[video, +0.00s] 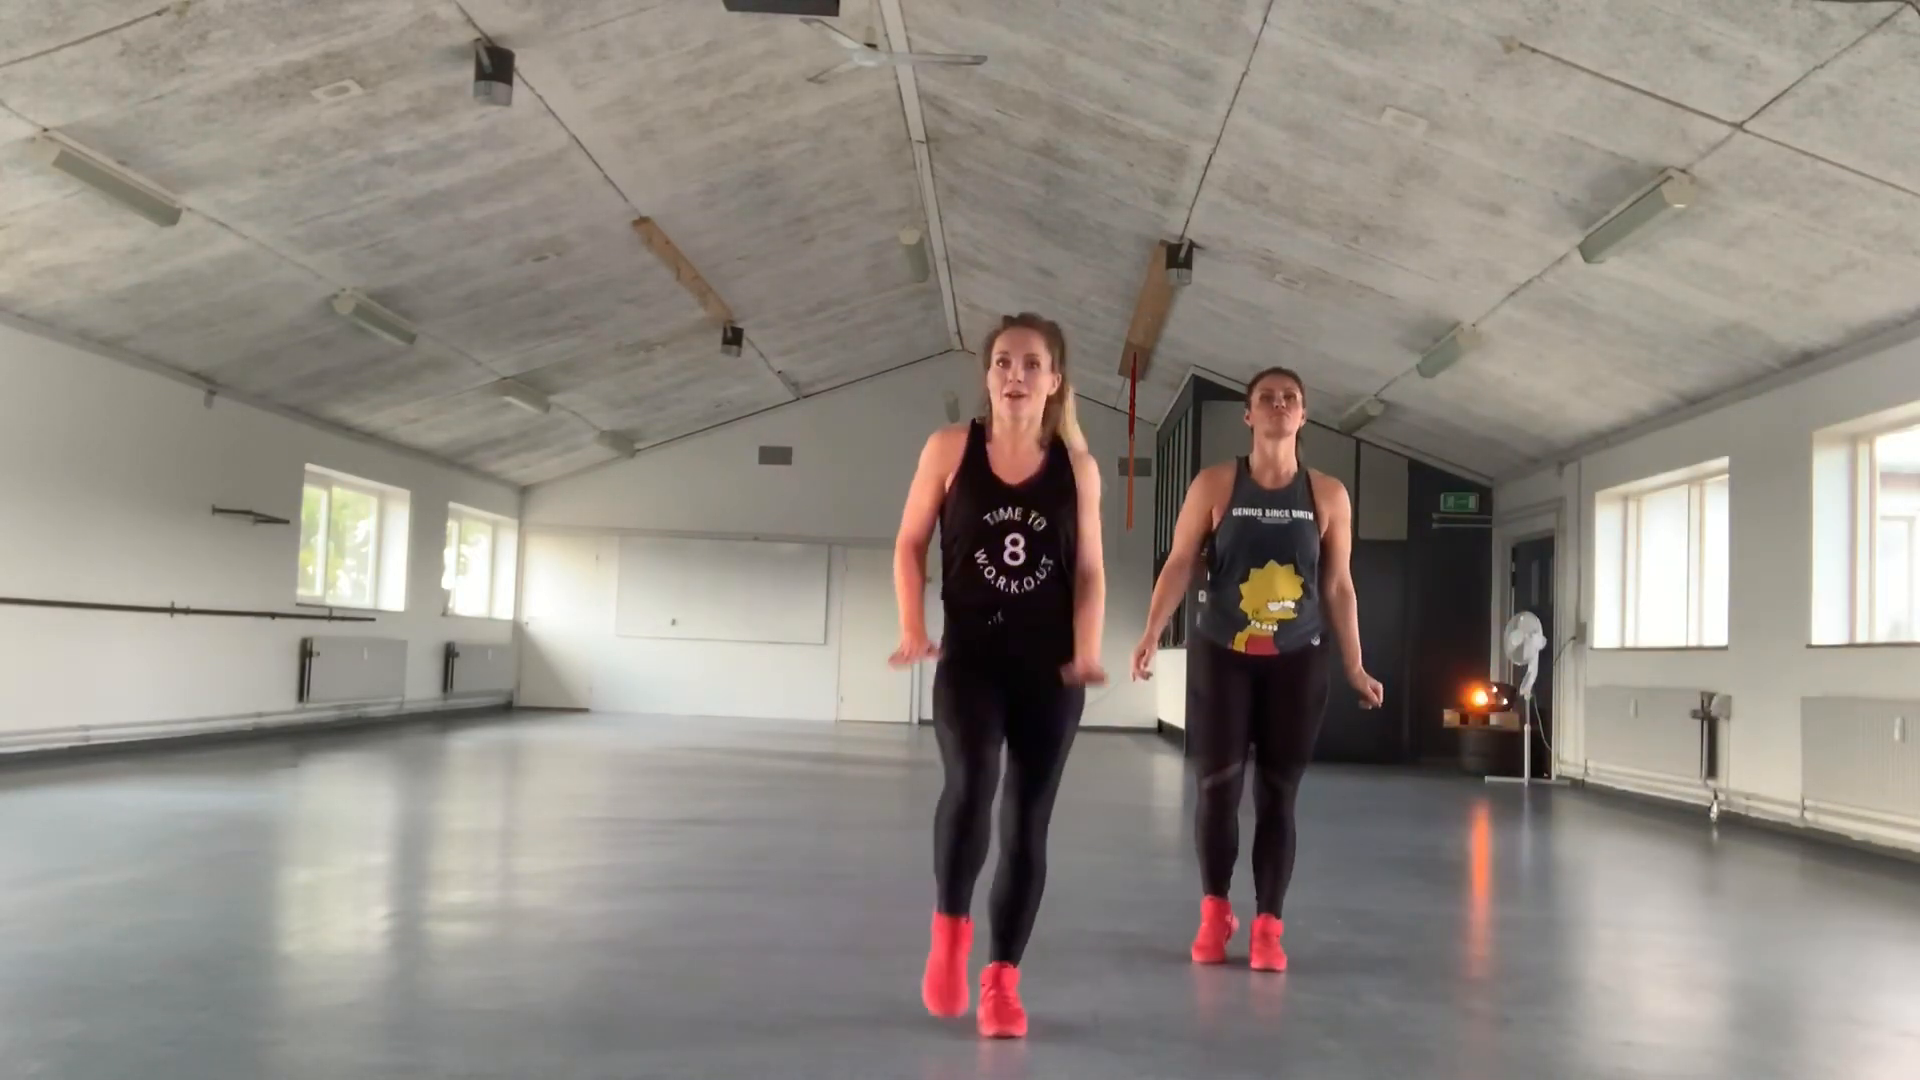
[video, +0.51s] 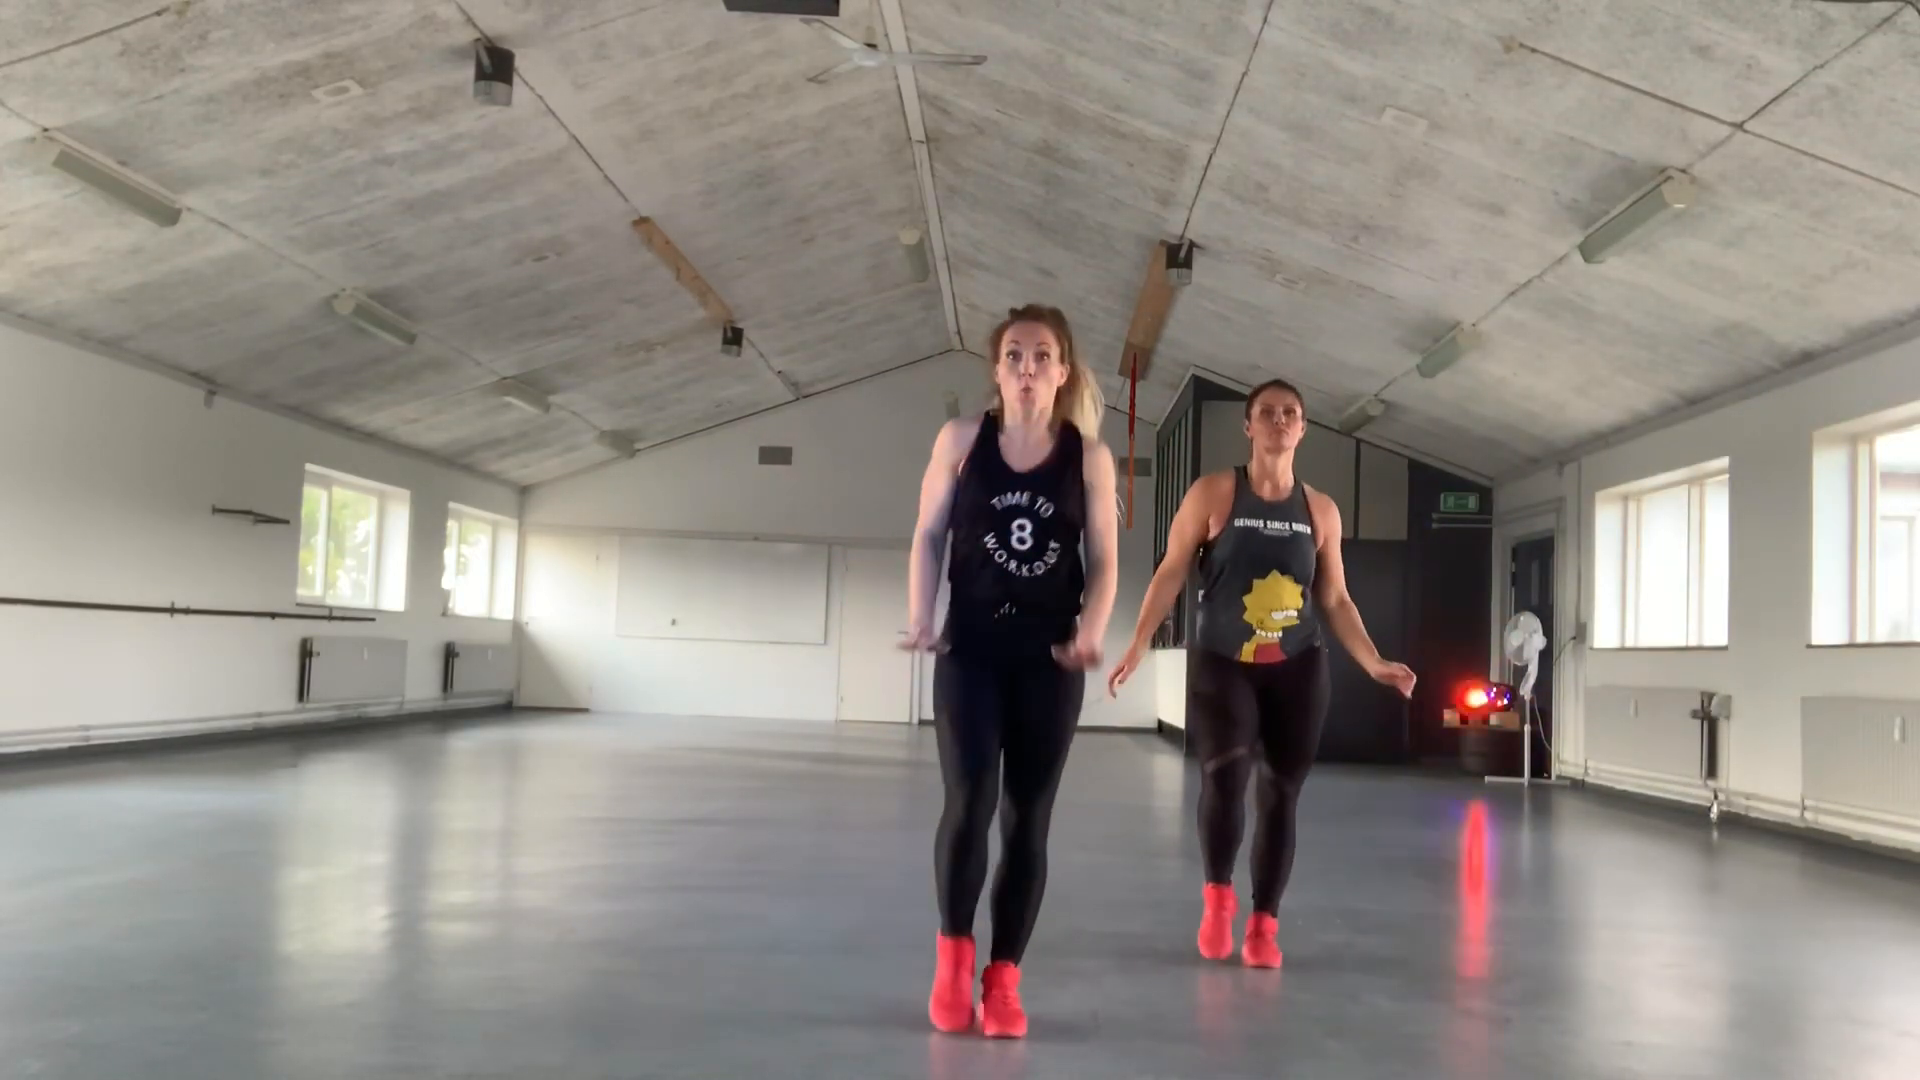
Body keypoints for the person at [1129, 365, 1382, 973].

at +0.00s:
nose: (1279, 407)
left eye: (1289, 399)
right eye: (1268, 398)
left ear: (1304, 415)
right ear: (1248, 414)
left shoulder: (1329, 495)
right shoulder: (1213, 484)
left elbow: (1339, 586)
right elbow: (1179, 563)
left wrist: (1355, 666)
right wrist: (1152, 629)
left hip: (1297, 662)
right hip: (1221, 658)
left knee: (1277, 791)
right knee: (1218, 783)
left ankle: (1268, 924)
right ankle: (1215, 909)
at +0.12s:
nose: (1280, 407)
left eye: (1289, 399)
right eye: (1269, 398)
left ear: (1304, 416)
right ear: (1249, 414)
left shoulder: (1326, 497)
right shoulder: (1214, 483)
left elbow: (1335, 589)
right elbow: (1181, 564)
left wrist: (1357, 668)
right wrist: (1155, 631)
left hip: (1296, 662)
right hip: (1221, 658)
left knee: (1276, 792)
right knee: (1222, 784)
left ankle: (1268, 923)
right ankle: (1218, 912)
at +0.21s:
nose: (1279, 401)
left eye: (1289, 393)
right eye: (1267, 392)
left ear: (1303, 409)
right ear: (1248, 408)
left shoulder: (1326, 489)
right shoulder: (1213, 476)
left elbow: (1334, 580)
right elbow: (1180, 558)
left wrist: (1356, 653)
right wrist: (1154, 627)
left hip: (1294, 657)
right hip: (1220, 653)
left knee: (1274, 788)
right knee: (1227, 780)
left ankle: (1269, 921)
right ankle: (1220, 913)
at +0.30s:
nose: (1279, 399)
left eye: (1289, 391)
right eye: (1268, 391)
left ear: (1303, 408)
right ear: (1248, 406)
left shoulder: (1326, 485)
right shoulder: (1212, 474)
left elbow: (1336, 574)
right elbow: (1177, 558)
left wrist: (1360, 646)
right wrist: (1147, 629)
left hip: (1294, 652)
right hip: (1221, 648)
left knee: (1275, 783)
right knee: (1227, 774)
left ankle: (1266, 918)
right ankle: (1218, 909)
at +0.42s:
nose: (1280, 420)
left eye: (1290, 413)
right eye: (1269, 412)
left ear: (1304, 428)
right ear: (1249, 426)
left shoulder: (1323, 510)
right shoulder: (1211, 494)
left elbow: (1339, 598)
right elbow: (1172, 572)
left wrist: (1375, 663)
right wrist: (1139, 642)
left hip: (1297, 668)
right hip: (1221, 663)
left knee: (1280, 789)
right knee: (1224, 765)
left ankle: (1265, 923)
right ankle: (1215, 897)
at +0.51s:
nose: (1280, 422)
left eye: (1290, 414)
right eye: (1269, 413)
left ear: (1304, 429)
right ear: (1249, 427)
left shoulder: (1321, 511)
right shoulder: (1211, 493)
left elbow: (1336, 598)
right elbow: (1170, 572)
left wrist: (1374, 663)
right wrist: (1138, 645)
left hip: (1296, 668)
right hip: (1221, 663)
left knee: (1280, 789)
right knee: (1227, 768)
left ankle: (1265, 922)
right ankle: (1218, 897)